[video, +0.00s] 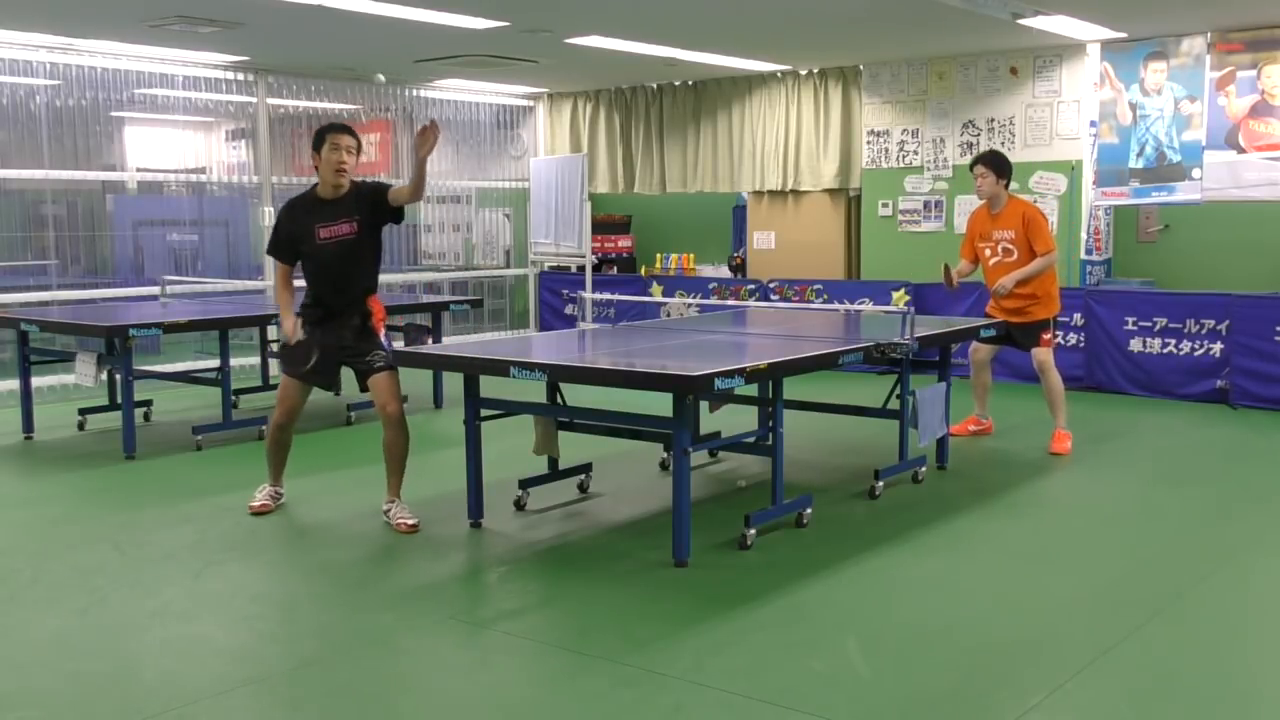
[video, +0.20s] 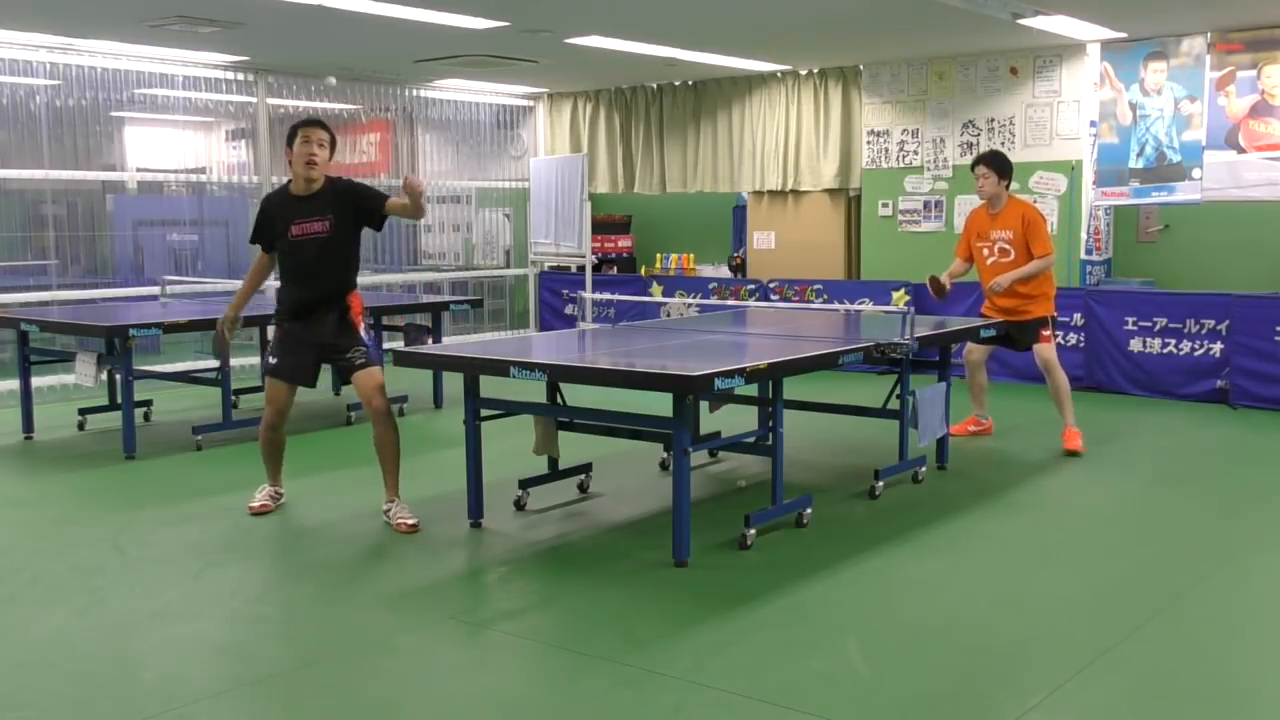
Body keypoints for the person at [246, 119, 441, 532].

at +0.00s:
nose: (344, 159)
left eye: (351, 152)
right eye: (335, 150)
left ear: (357, 160)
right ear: (316, 157)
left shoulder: (370, 196)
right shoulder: (295, 212)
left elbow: (412, 193)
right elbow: (283, 275)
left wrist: (420, 160)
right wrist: (288, 320)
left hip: (363, 320)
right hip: (314, 322)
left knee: (393, 410)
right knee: (282, 418)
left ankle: (394, 501)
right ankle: (274, 487)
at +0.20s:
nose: (314, 150)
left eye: (322, 145)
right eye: (306, 143)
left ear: (331, 157)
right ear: (288, 153)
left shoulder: (347, 193)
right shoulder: (274, 206)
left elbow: (410, 211)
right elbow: (265, 260)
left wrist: (413, 200)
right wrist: (234, 311)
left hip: (341, 318)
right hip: (293, 322)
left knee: (380, 403)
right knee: (273, 416)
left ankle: (393, 500)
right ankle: (273, 486)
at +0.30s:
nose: (307, 161)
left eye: (316, 155)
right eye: (300, 152)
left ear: (325, 165)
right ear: (284, 159)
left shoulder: (341, 201)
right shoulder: (266, 203)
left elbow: (394, 224)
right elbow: (252, 242)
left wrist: (407, 231)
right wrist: (210, 269)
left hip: (333, 320)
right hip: (284, 323)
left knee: (375, 401)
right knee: (268, 417)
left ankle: (391, 499)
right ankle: (273, 487)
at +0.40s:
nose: (314, 192)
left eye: (323, 184)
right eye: (307, 182)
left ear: (333, 185)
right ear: (292, 179)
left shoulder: (343, 218)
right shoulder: (268, 210)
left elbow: (387, 247)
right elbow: (230, 236)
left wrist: (392, 281)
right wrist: (170, 240)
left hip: (328, 326)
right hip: (279, 330)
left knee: (377, 398)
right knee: (265, 430)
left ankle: (366, 491)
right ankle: (274, 488)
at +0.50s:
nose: (338, 236)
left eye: (346, 228)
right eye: (332, 226)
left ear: (353, 222)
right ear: (311, 214)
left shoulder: (354, 247)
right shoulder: (274, 226)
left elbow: (374, 277)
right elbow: (223, 239)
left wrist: (371, 312)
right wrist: (191, 252)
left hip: (325, 338)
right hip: (275, 341)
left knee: (379, 405)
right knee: (266, 446)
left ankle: (330, 482)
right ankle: (276, 488)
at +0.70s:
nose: (392, 221)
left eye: (393, 212)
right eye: (389, 211)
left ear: (362, 209)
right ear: (366, 210)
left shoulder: (349, 244)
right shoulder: (303, 235)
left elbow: (310, 279)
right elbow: (230, 261)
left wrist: (339, 297)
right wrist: (288, 295)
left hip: (312, 335)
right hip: (270, 340)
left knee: (372, 418)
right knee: (303, 443)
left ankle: (331, 502)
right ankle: (262, 468)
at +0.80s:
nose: (384, 195)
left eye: (383, 187)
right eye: (381, 186)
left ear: (355, 186)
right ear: (363, 187)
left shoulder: (335, 228)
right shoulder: (307, 224)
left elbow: (308, 283)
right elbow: (255, 272)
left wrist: (326, 319)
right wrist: (318, 300)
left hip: (306, 330)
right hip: (271, 332)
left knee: (361, 412)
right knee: (334, 426)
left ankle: (328, 503)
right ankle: (267, 515)